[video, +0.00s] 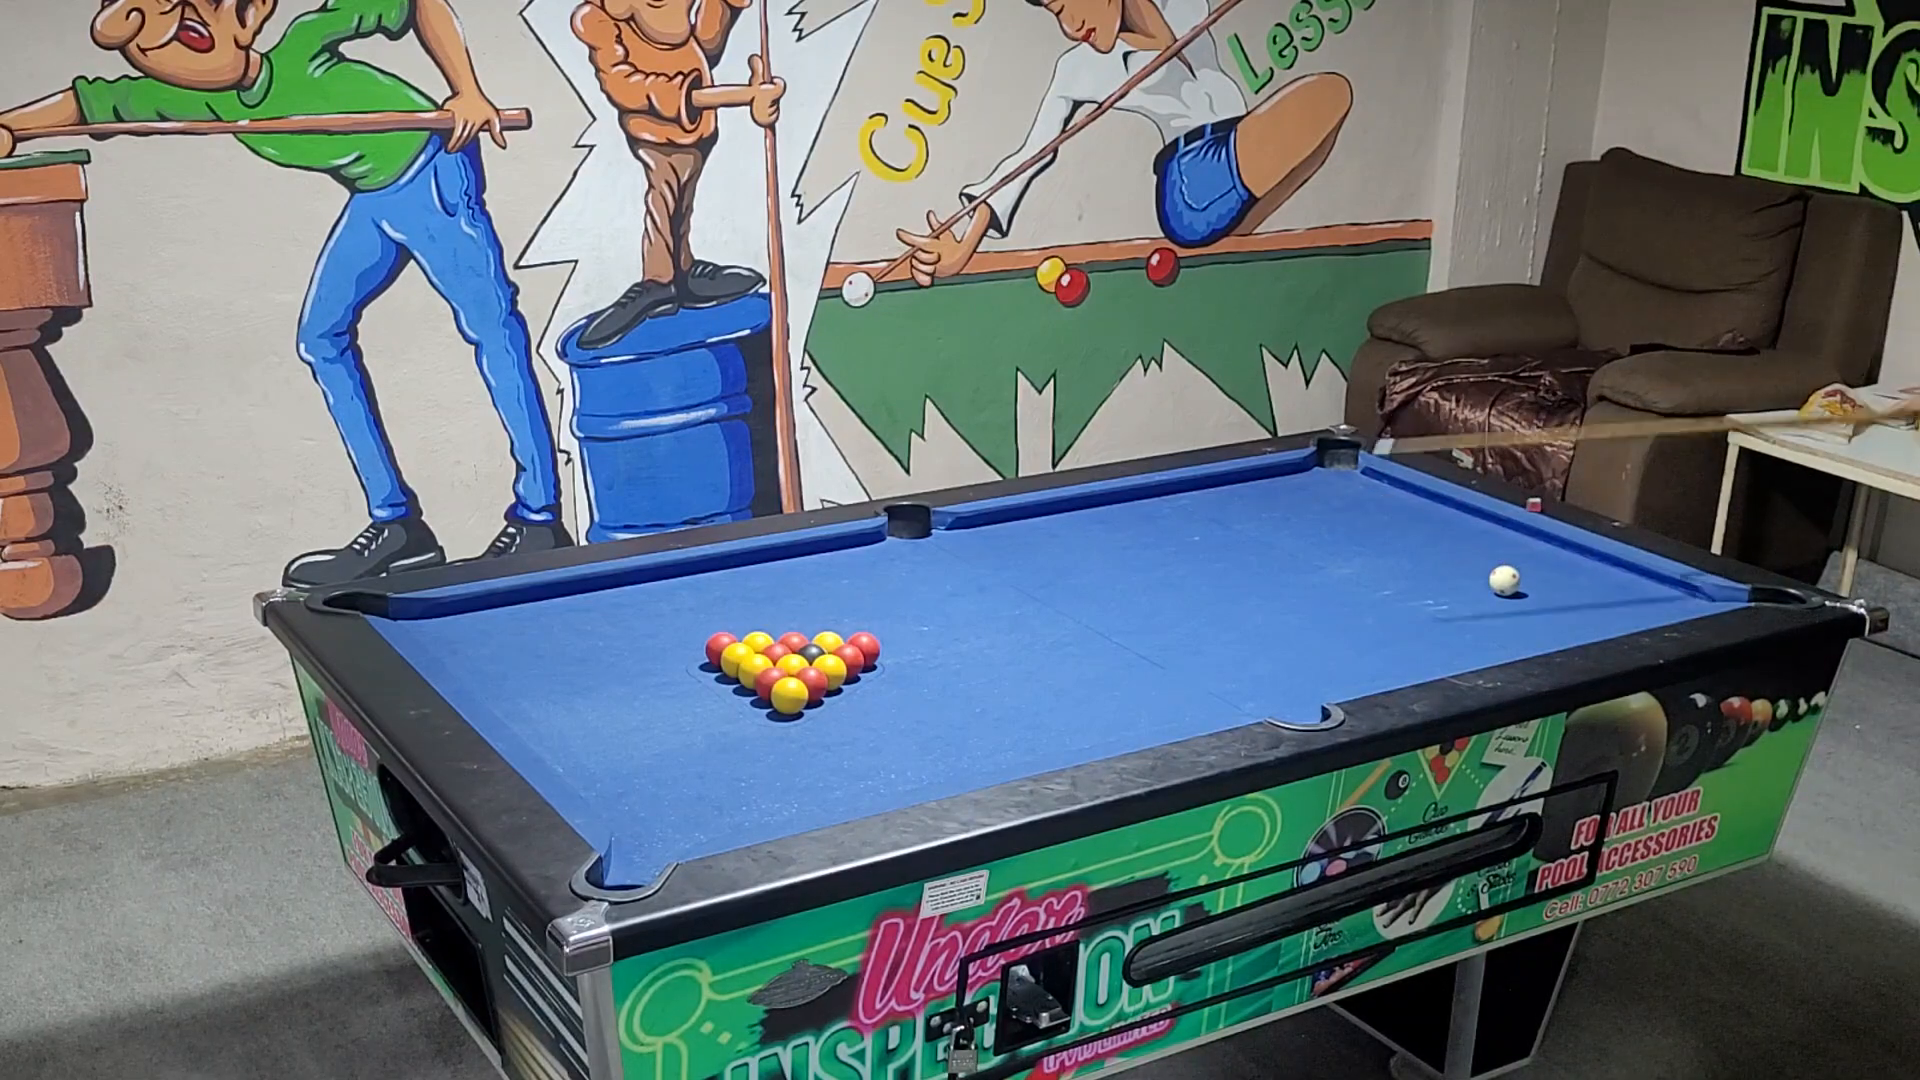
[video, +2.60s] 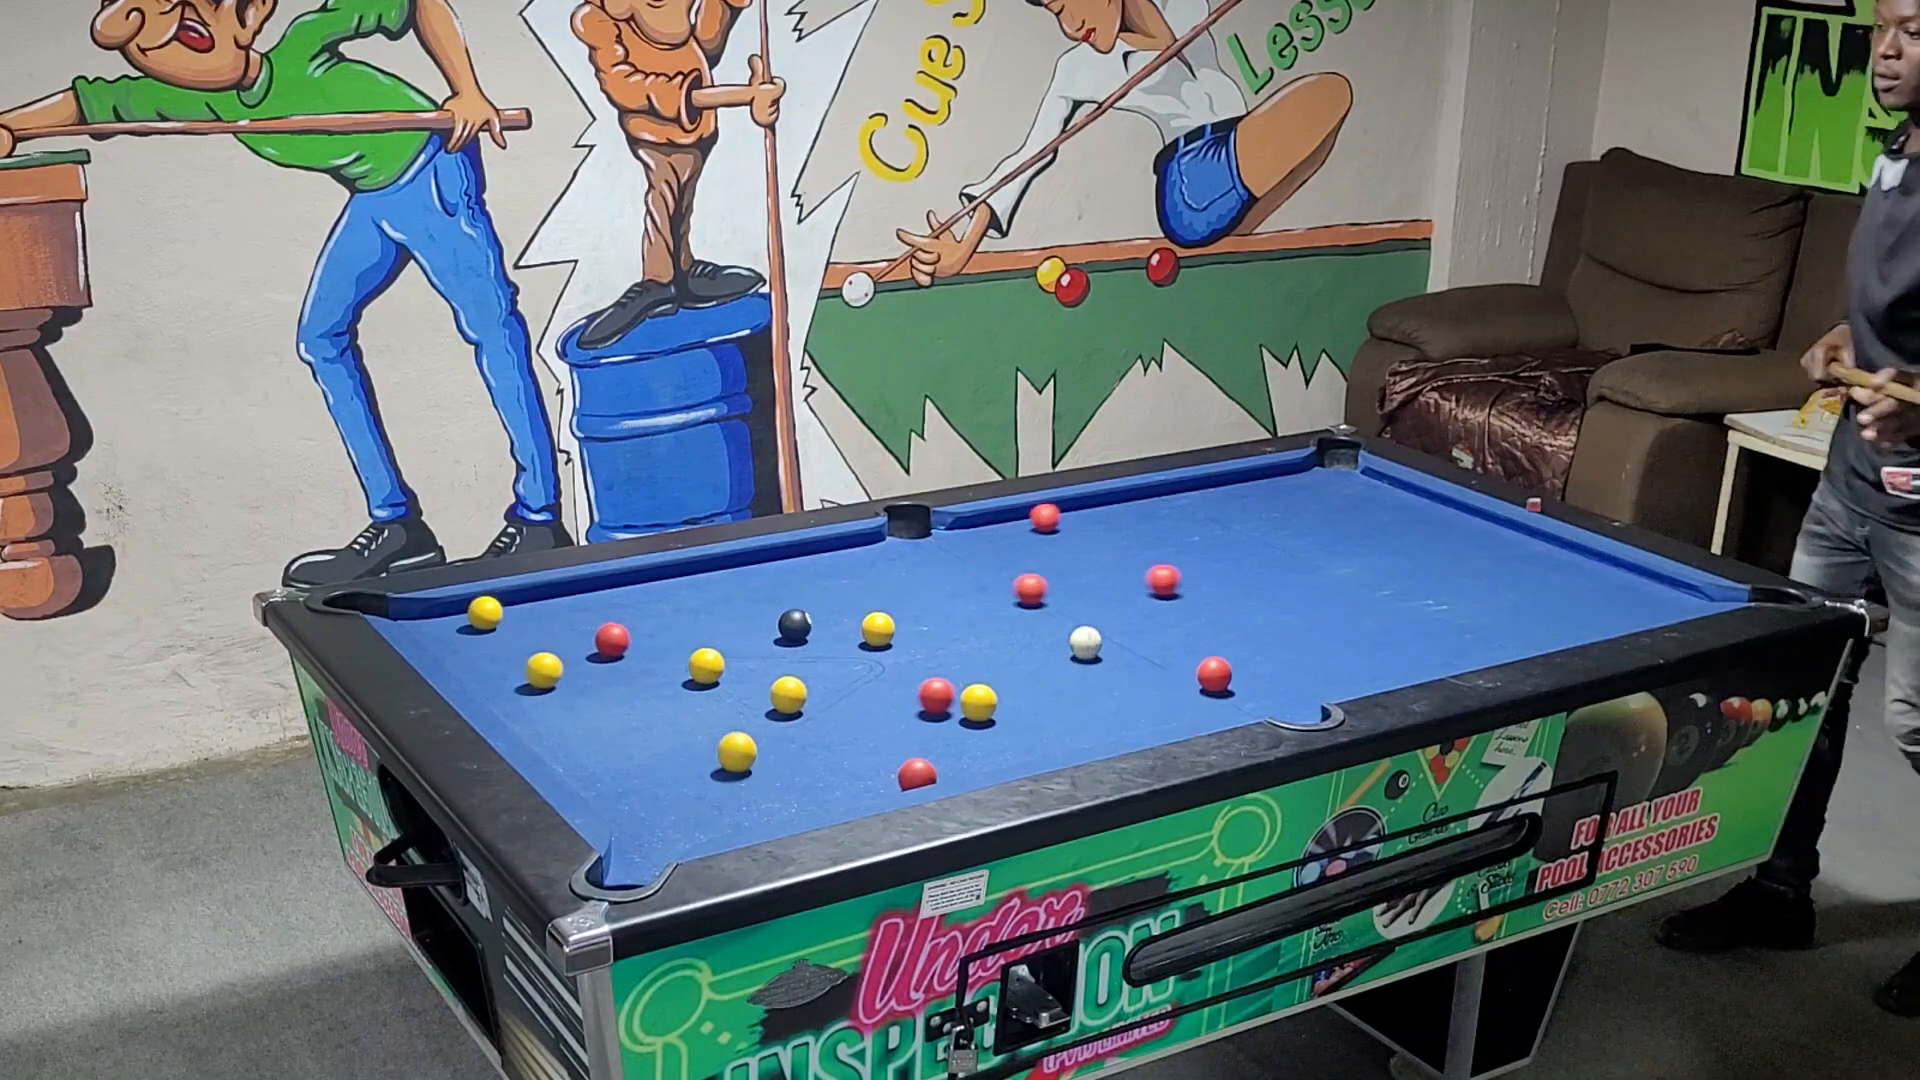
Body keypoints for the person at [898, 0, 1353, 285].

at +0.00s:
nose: (1070, 24)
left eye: (1070, 5)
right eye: (1057, 16)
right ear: (1056, 18)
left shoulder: (1175, 10)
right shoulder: (1077, 69)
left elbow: (1200, 58)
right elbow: (1028, 157)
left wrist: (1138, 14)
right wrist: (963, 246)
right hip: (1191, 185)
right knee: (1330, 91)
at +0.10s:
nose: (1069, 24)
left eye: (1070, 5)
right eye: (1057, 15)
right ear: (1056, 18)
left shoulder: (1175, 10)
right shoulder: (1077, 69)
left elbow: (1200, 57)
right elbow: (1028, 157)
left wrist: (1140, 14)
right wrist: (964, 245)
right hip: (1196, 178)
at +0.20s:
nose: (1070, 24)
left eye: (1071, 4)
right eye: (1057, 15)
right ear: (1056, 19)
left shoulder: (1176, 10)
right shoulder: (1076, 69)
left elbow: (1198, 57)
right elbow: (1028, 157)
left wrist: (1137, 11)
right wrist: (963, 246)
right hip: (1192, 182)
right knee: (1332, 92)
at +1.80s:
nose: (1070, 24)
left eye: (1071, 5)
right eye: (1056, 15)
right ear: (1055, 18)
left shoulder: (1175, 11)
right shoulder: (1076, 69)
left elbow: (1196, 58)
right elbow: (1029, 156)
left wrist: (1139, 12)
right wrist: (963, 244)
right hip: (1191, 183)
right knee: (1330, 91)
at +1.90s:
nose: (1070, 23)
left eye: (1071, 4)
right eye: (1056, 15)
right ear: (1055, 18)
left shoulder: (1174, 9)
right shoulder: (1076, 69)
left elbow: (1195, 57)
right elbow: (1028, 156)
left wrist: (1141, 15)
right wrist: (964, 245)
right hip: (1193, 172)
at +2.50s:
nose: (1070, 23)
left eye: (1071, 4)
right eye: (1056, 15)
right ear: (1055, 18)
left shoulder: (1174, 9)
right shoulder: (1076, 69)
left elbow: (1196, 56)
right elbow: (1028, 156)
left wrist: (1142, 15)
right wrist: (964, 245)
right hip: (1194, 167)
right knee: (1187, 206)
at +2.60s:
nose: (1069, 24)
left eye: (1070, 5)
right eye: (1056, 15)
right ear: (1055, 18)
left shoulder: (1176, 10)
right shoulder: (1076, 68)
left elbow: (1197, 58)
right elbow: (1028, 156)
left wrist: (1140, 12)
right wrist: (964, 245)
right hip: (1191, 183)